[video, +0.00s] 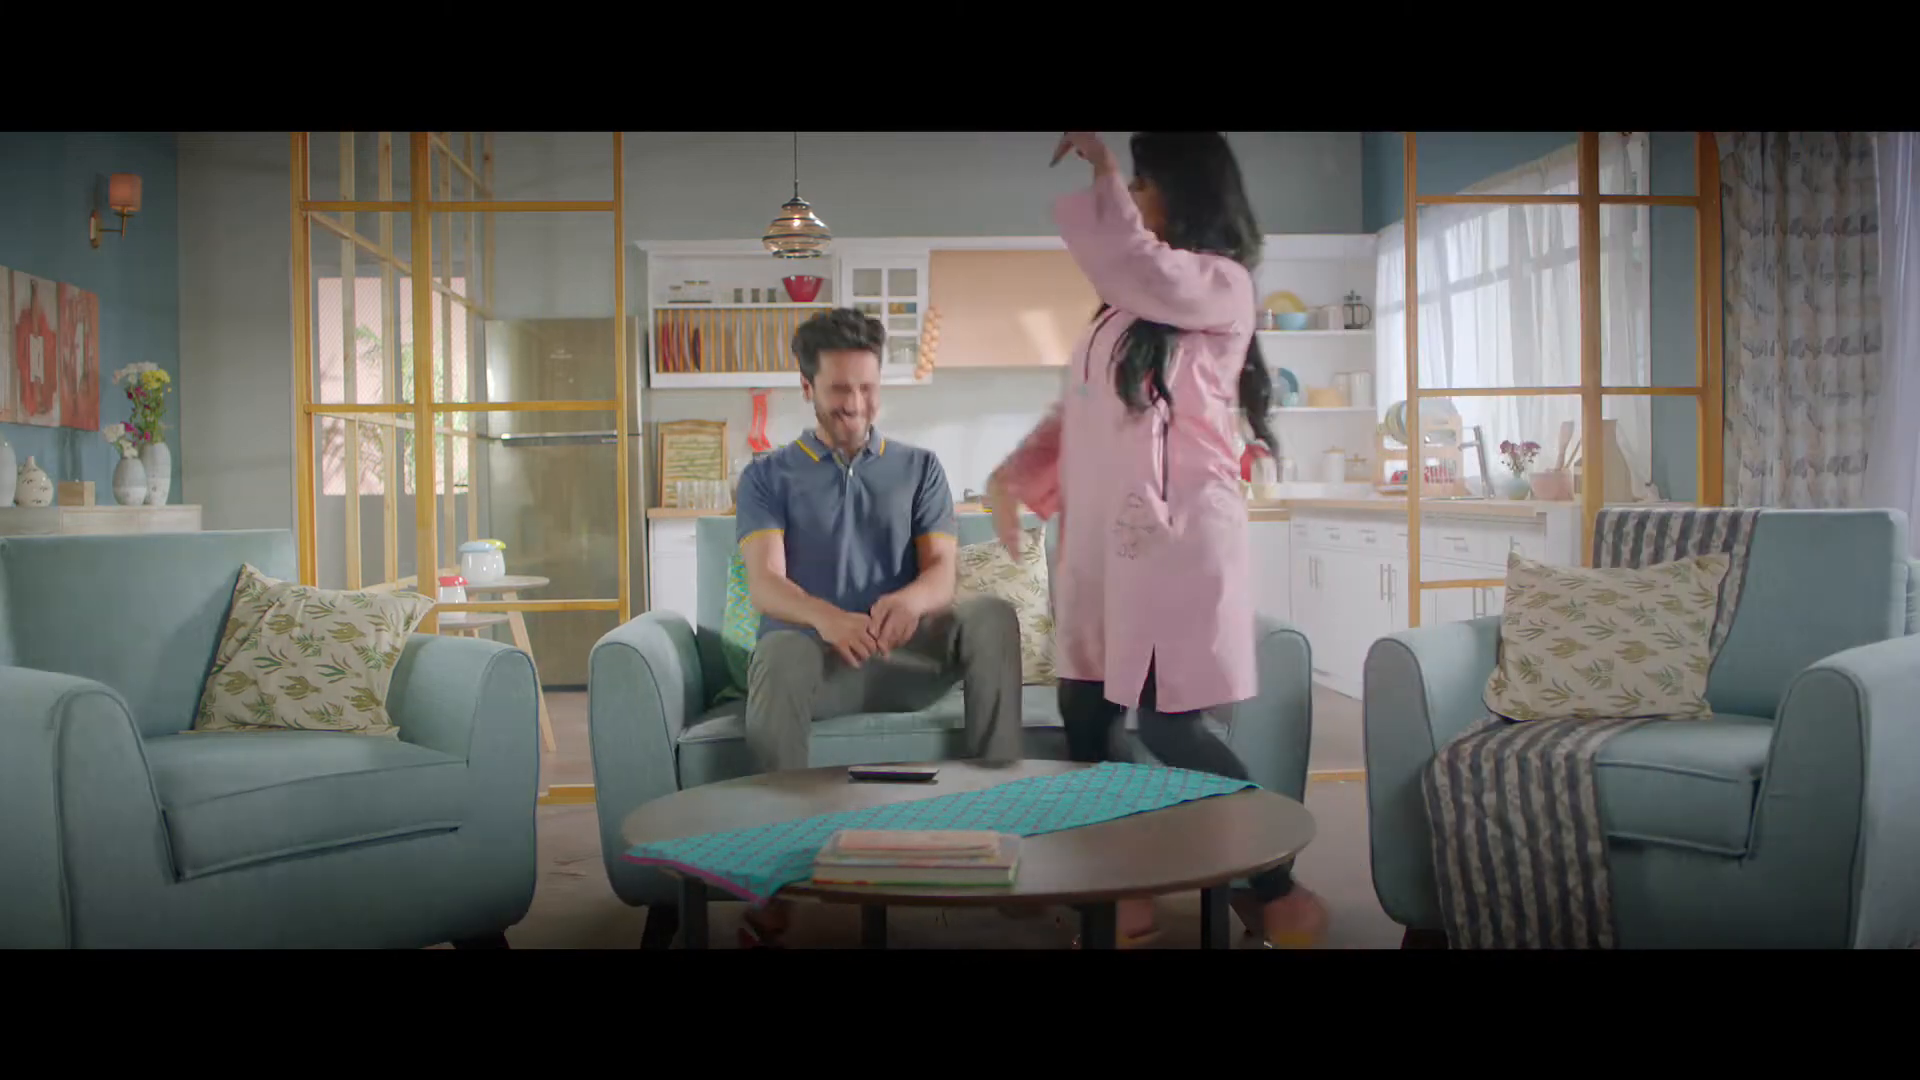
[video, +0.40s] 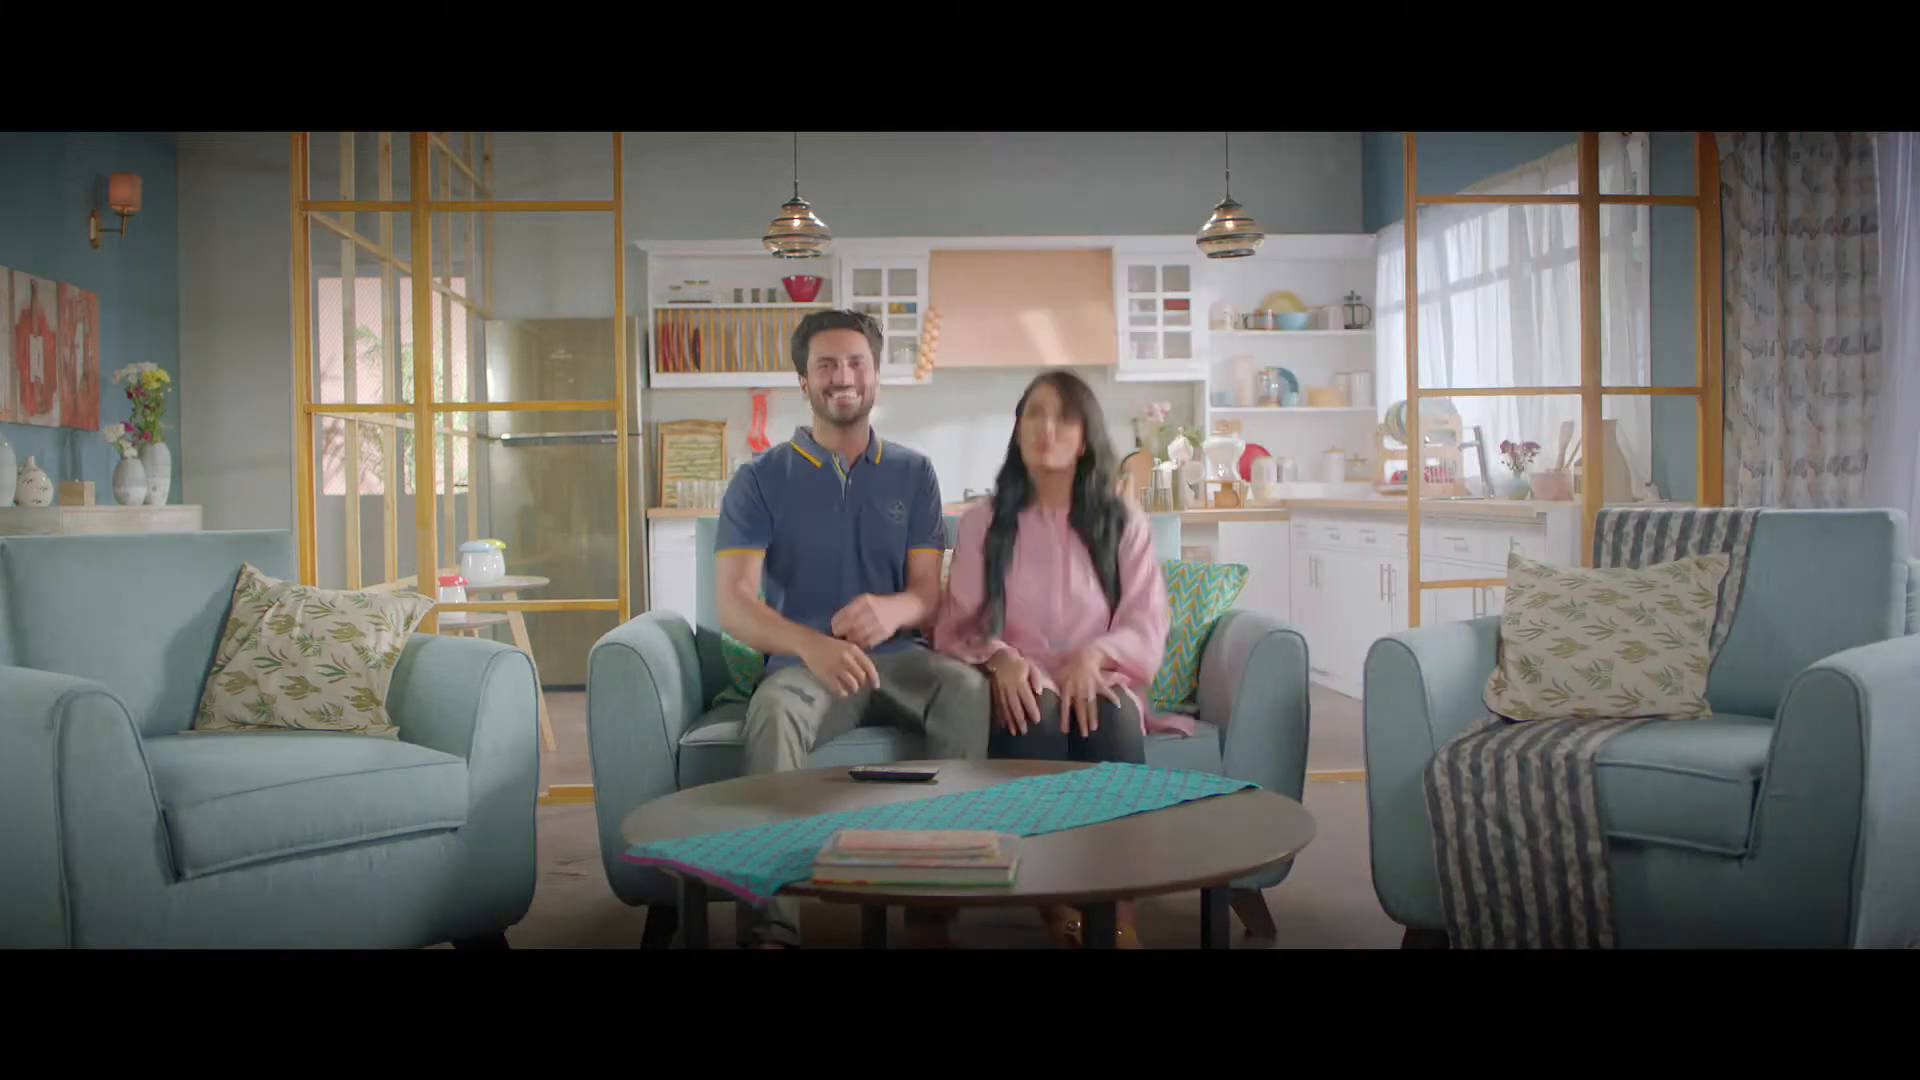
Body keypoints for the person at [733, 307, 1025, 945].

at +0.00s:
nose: (854, 404)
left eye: (866, 388)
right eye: (839, 389)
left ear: (881, 385)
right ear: (808, 387)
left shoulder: (919, 468)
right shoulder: (768, 477)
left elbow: (941, 574)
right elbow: (766, 586)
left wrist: (912, 599)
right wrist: (831, 619)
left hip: (906, 656)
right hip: (823, 660)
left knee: (992, 617)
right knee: (781, 650)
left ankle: (999, 797)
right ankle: (779, 830)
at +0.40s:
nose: (843, 377)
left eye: (856, 363)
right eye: (826, 365)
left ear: (876, 376)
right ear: (803, 382)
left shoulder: (912, 474)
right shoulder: (760, 480)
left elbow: (925, 593)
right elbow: (734, 601)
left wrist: (891, 609)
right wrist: (809, 643)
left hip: (895, 655)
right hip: (807, 659)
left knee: (964, 688)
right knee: (775, 711)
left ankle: (948, 874)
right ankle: (774, 904)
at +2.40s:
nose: (852, 442)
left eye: (868, 426)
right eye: (836, 427)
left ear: (891, 436)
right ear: (813, 436)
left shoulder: (934, 506)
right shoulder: (769, 513)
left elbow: (947, 635)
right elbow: (755, 651)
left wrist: (896, 690)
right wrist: (839, 682)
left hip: (905, 684)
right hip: (805, 687)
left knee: (981, 696)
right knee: (747, 704)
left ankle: (966, 874)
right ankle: (760, 887)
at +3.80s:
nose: (857, 444)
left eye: (874, 427)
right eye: (841, 427)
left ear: (896, 436)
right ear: (818, 435)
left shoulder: (935, 507)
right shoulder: (770, 514)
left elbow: (946, 637)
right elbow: (758, 654)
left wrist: (899, 686)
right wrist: (841, 683)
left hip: (905, 685)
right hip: (807, 689)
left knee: (980, 697)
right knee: (748, 703)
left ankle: (968, 876)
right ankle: (761, 890)